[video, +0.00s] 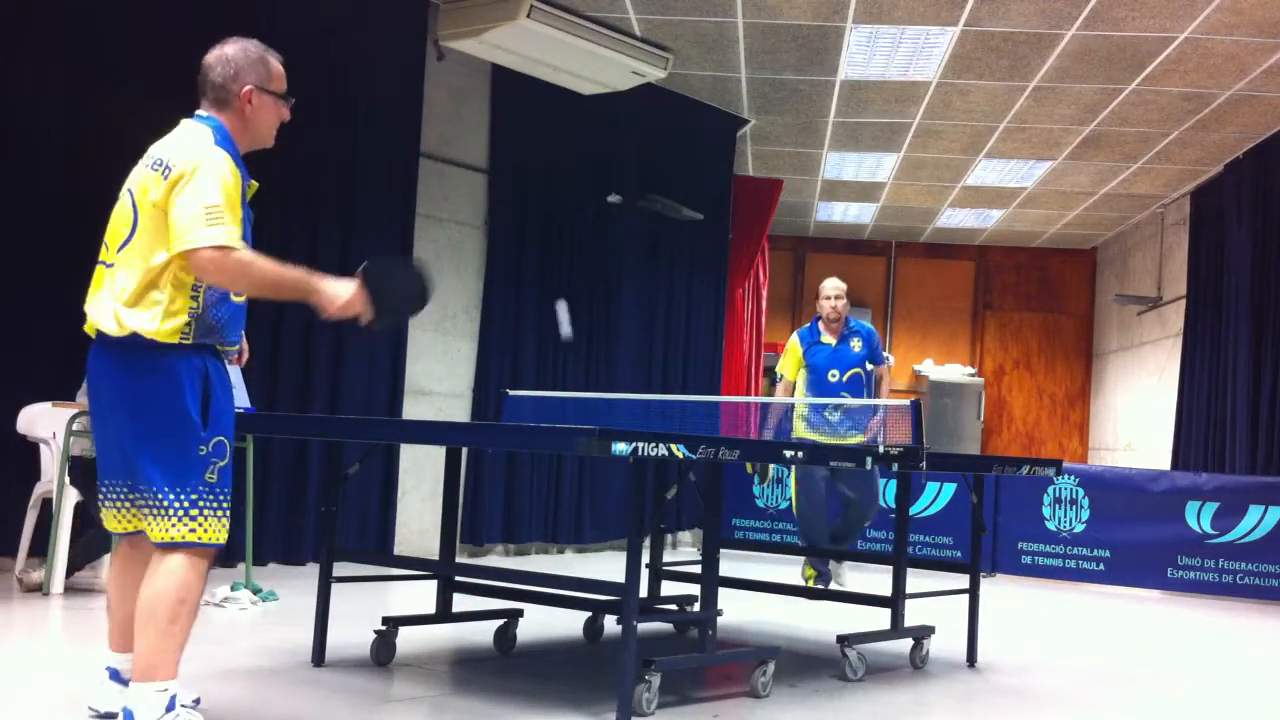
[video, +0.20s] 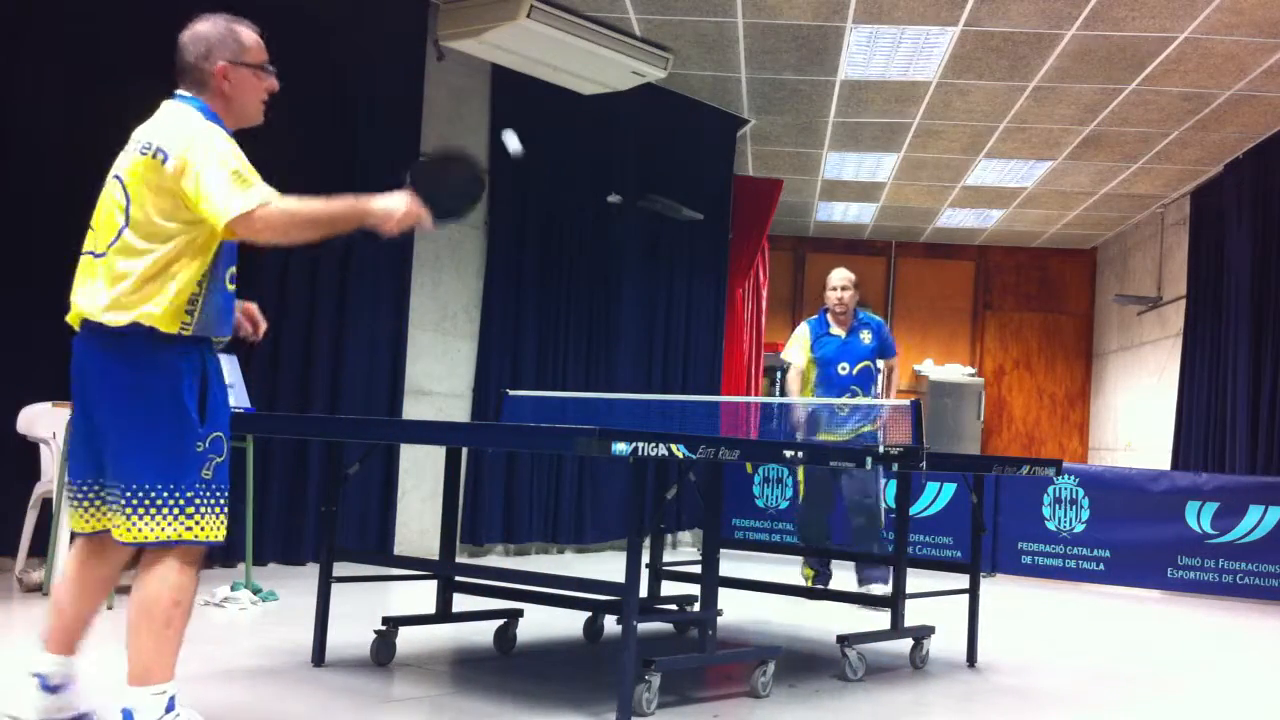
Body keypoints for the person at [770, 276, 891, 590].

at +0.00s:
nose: (834, 304)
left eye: (839, 298)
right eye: (827, 298)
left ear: (847, 302)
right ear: (817, 303)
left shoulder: (866, 334)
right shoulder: (801, 339)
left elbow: (883, 374)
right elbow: (784, 389)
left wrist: (880, 414)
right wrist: (768, 436)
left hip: (854, 439)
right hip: (810, 437)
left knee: (866, 501)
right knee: (812, 504)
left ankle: (834, 551)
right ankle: (818, 570)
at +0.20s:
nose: (839, 295)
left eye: (845, 289)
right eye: (834, 289)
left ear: (856, 293)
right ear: (824, 295)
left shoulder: (875, 328)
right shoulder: (808, 330)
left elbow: (890, 367)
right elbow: (793, 372)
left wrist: (886, 406)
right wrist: (797, 407)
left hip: (862, 435)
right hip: (818, 435)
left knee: (865, 505)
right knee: (815, 504)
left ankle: (871, 578)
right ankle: (816, 572)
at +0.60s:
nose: (867, 288)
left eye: (874, 282)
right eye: (861, 283)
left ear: (888, 287)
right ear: (854, 288)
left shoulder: (910, 324)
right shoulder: (839, 327)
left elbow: (930, 369)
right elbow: (817, 376)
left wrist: (927, 404)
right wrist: (824, 400)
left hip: (895, 438)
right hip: (849, 437)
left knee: (887, 517)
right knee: (841, 503)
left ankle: (873, 594)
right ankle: (830, 565)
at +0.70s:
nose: (868, 286)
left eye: (875, 279)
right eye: (863, 280)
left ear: (891, 284)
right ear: (857, 285)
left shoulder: (915, 321)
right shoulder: (844, 325)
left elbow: (944, 365)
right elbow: (824, 372)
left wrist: (934, 407)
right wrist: (824, 406)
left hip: (900, 438)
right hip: (853, 436)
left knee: (889, 515)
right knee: (853, 507)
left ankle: (875, 596)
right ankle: (844, 594)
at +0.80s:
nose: (869, 288)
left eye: (877, 281)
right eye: (864, 282)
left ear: (894, 285)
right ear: (858, 287)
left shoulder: (920, 321)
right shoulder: (846, 328)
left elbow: (953, 365)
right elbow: (829, 376)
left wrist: (941, 408)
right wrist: (824, 408)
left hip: (905, 439)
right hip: (859, 438)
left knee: (895, 517)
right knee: (864, 513)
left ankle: (880, 601)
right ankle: (859, 602)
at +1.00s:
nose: (873, 291)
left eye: (881, 283)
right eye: (867, 284)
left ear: (899, 287)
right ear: (862, 289)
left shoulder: (928, 320)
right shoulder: (854, 333)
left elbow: (967, 364)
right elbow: (838, 383)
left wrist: (954, 409)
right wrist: (833, 409)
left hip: (925, 441)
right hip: (872, 443)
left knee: (948, 503)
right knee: (862, 520)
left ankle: (922, 572)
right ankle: (865, 606)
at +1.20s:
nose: (890, 292)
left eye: (898, 284)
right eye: (885, 286)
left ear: (917, 288)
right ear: (879, 291)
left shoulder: (947, 316)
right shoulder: (874, 332)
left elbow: (997, 353)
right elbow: (865, 382)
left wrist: (980, 397)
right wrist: (865, 406)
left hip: (947, 433)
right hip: (896, 437)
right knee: (872, 509)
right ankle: (864, 605)